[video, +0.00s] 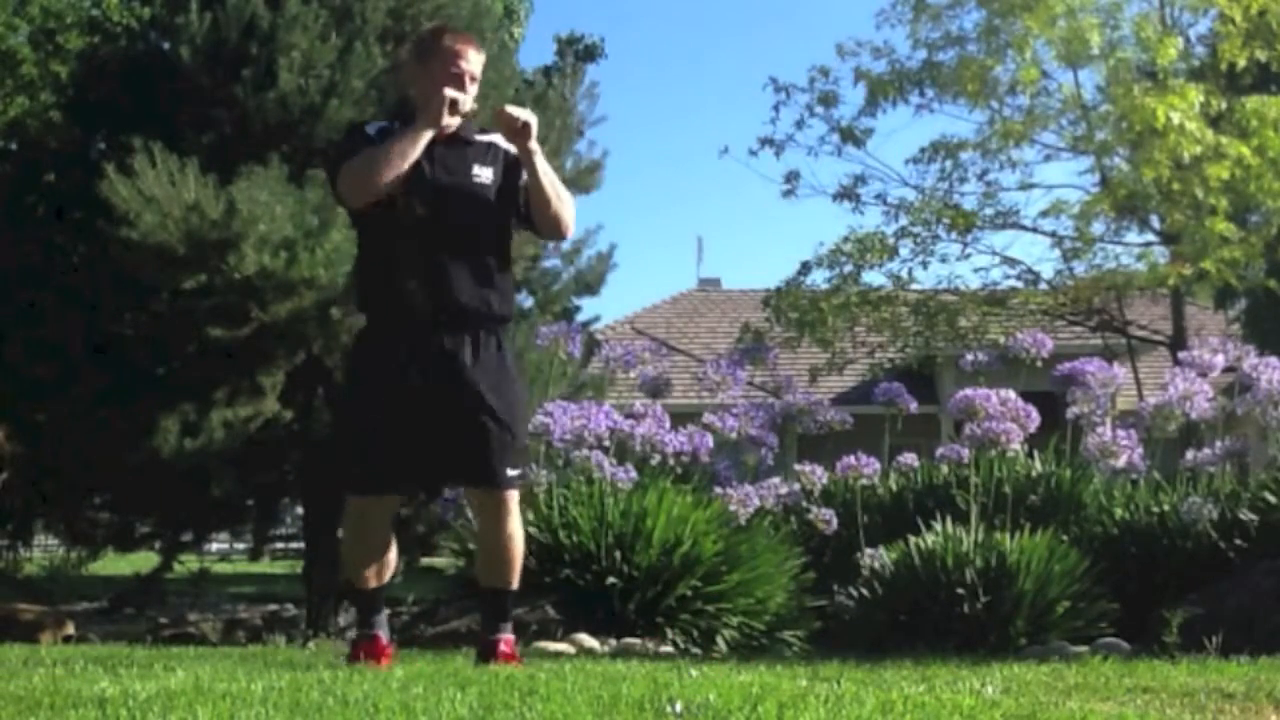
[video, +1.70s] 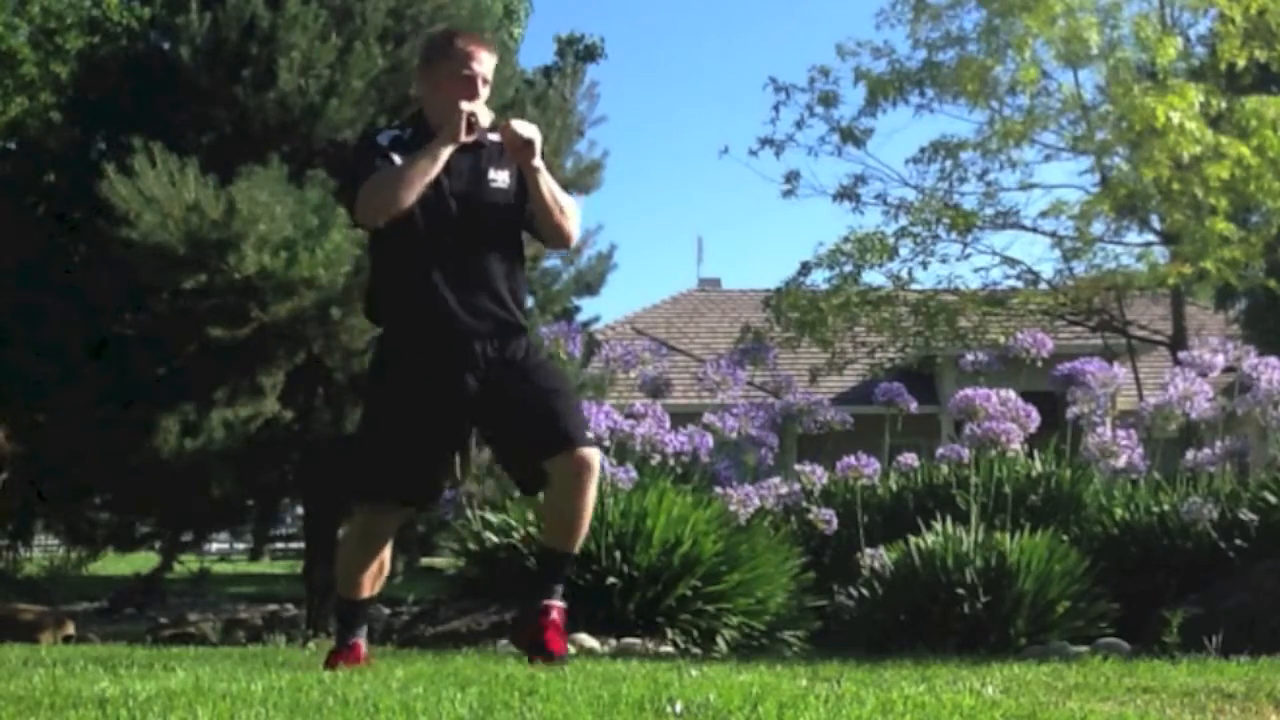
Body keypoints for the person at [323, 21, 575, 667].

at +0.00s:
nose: (462, 87)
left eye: (472, 80)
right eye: (451, 72)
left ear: (478, 92)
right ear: (412, 70)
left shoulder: (501, 156)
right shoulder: (373, 141)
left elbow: (560, 225)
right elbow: (355, 190)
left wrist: (532, 149)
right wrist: (427, 127)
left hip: (481, 348)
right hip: (392, 345)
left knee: (500, 497)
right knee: (369, 502)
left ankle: (498, 635)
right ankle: (372, 633)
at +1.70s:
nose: (475, 90)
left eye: (484, 82)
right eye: (463, 78)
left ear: (491, 91)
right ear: (425, 80)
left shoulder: (510, 156)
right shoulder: (385, 148)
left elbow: (565, 234)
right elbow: (372, 211)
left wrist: (533, 167)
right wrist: (447, 143)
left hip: (506, 347)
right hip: (417, 351)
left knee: (579, 462)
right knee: (380, 507)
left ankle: (548, 607)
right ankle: (351, 641)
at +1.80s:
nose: (501, 86)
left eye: (510, 78)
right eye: (488, 74)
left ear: (520, 86)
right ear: (451, 76)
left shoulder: (535, 148)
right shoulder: (412, 143)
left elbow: (593, 227)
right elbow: (404, 203)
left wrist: (564, 157)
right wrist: (476, 136)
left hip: (531, 348)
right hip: (439, 353)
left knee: (609, 458)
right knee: (394, 504)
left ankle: (622, 618)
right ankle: (355, 631)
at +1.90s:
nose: (536, 110)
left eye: (543, 101)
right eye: (521, 98)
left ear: (550, 110)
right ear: (481, 101)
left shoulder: (568, 177)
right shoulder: (440, 164)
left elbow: (634, 240)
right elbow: (453, 212)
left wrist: (604, 164)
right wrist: (525, 147)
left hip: (553, 375)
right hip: (459, 376)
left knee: (626, 490)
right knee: (404, 518)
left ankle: (708, 618)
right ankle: (360, 637)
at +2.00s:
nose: (578, 128)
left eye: (584, 118)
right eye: (562, 115)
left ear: (595, 130)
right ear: (521, 126)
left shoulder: (611, 207)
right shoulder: (498, 191)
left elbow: (684, 237)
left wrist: (651, 163)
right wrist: (603, 141)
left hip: (593, 402)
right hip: (501, 398)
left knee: (677, 512)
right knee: (421, 531)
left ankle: (725, 646)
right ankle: (364, 640)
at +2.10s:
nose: (628, 112)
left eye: (631, 104)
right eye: (613, 101)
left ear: (634, 116)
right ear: (570, 114)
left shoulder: (635, 180)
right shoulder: (573, 178)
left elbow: (706, 215)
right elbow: (666, 175)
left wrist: (683, 140)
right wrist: (668, 107)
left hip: (658, 385)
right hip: (582, 388)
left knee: (746, 495)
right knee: (499, 533)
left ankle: (750, 642)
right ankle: (388, 623)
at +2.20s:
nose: (657, 87)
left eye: (661, 78)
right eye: (642, 77)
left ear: (664, 88)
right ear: (603, 91)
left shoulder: (660, 148)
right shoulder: (610, 146)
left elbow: (722, 195)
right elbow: (704, 156)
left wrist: (711, 121)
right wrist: (703, 94)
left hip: (700, 345)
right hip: (641, 346)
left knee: (762, 496)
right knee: (664, 515)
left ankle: (752, 642)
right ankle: (550, 548)